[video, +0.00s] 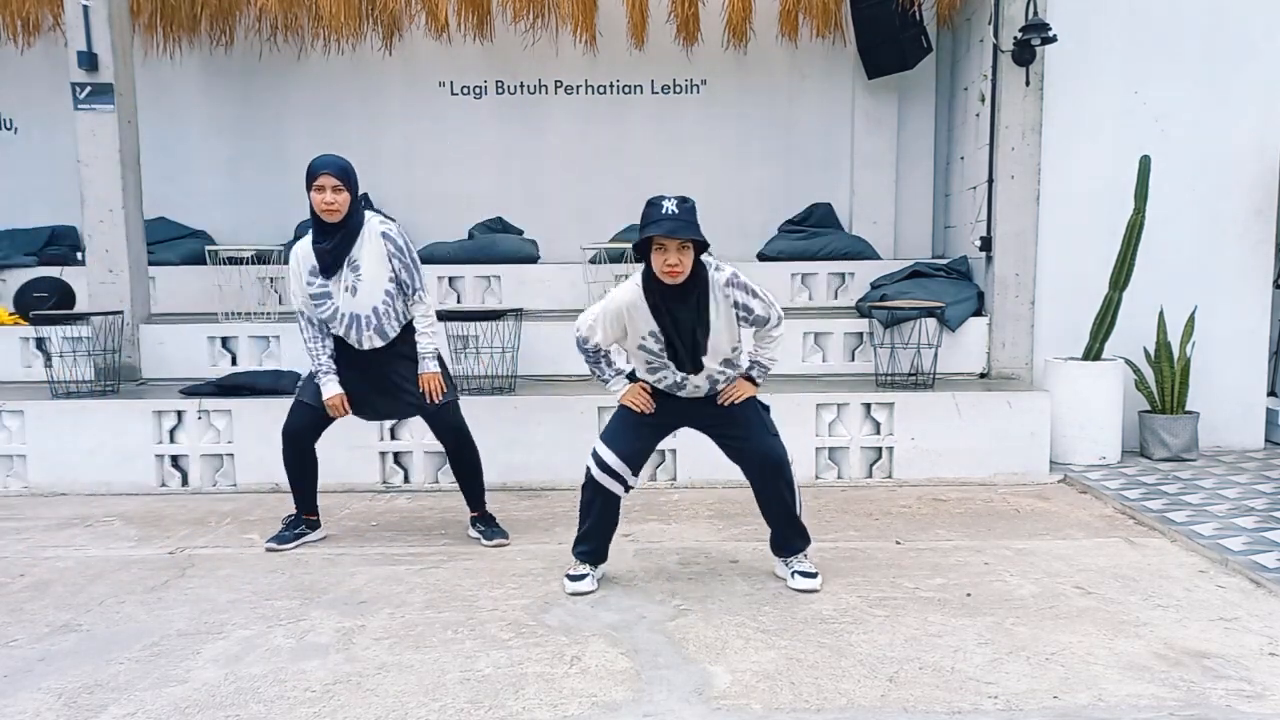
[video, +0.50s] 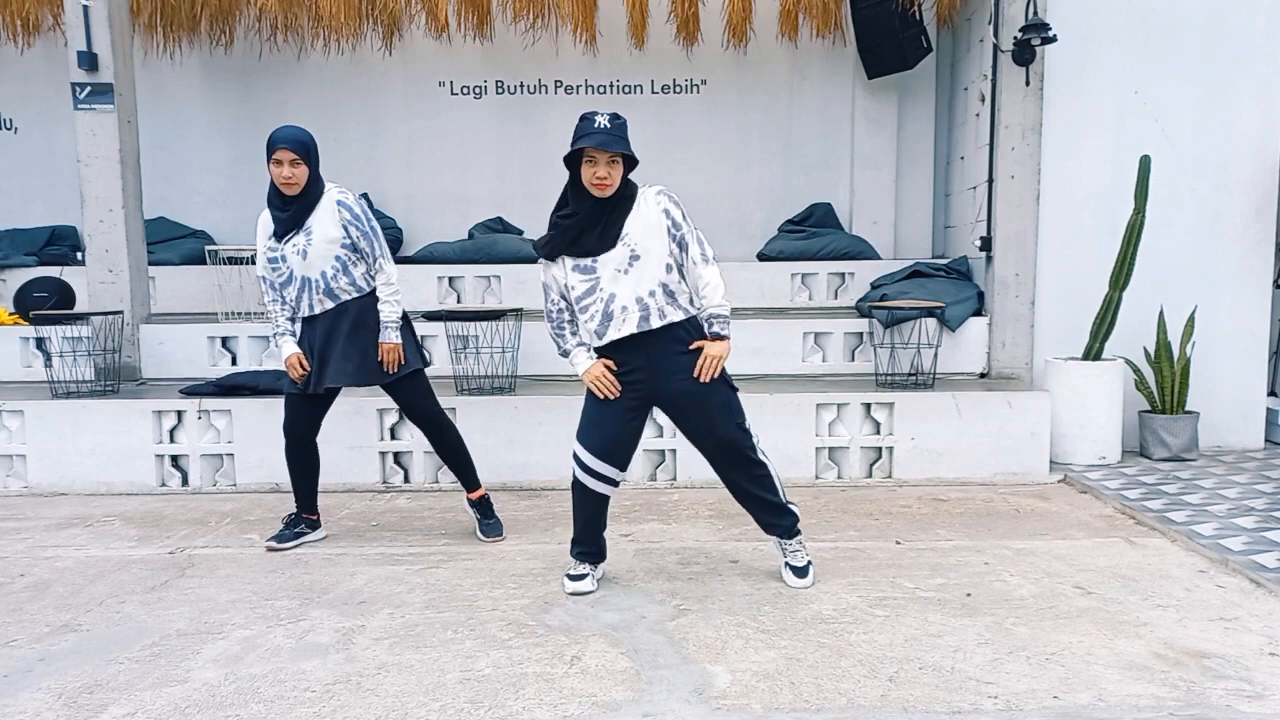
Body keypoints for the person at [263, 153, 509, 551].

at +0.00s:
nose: (329, 198)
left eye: (338, 189)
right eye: (320, 189)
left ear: (353, 193)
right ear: (309, 196)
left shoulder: (384, 233)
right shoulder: (301, 252)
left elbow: (419, 298)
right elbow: (309, 323)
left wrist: (428, 360)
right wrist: (327, 379)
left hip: (401, 351)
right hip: (343, 357)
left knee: (453, 427)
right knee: (295, 433)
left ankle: (480, 516)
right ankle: (307, 520)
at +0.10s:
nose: (309, 181)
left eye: (318, 171)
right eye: (300, 172)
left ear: (333, 174)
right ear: (289, 177)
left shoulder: (363, 213)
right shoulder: (284, 233)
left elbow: (399, 280)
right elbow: (291, 307)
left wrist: (407, 344)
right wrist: (307, 359)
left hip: (384, 337)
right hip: (330, 348)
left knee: (440, 415)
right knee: (293, 429)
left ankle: (486, 509)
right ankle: (307, 519)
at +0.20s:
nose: (298, 176)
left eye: (306, 166)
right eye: (289, 168)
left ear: (322, 167)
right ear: (278, 172)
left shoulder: (352, 203)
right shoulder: (277, 223)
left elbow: (389, 267)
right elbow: (281, 295)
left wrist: (392, 330)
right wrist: (294, 345)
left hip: (374, 322)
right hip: (321, 335)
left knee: (431, 413)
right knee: (293, 427)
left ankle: (486, 498)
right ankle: (307, 518)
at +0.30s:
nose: (292, 180)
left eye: (300, 171)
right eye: (283, 172)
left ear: (316, 171)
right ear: (273, 176)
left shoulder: (346, 206)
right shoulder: (275, 228)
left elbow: (385, 268)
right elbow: (279, 299)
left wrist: (385, 330)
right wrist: (285, 344)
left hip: (367, 327)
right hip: (314, 340)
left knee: (421, 418)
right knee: (289, 430)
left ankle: (480, 502)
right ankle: (306, 518)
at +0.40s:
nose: (289, 178)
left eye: (297, 168)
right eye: (280, 169)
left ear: (313, 169)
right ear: (270, 174)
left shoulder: (343, 207)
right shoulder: (272, 229)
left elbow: (382, 270)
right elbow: (277, 303)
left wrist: (386, 331)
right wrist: (284, 347)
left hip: (364, 328)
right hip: (312, 339)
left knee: (420, 421)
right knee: (286, 431)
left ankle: (477, 504)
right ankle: (306, 518)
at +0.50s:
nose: (287, 171)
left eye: (296, 162)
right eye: (278, 163)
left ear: (312, 164)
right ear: (268, 168)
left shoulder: (342, 202)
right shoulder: (268, 222)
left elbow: (383, 264)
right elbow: (273, 294)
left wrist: (390, 328)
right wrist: (287, 344)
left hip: (368, 320)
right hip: (316, 332)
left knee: (424, 412)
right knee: (298, 427)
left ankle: (479, 500)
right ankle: (307, 518)